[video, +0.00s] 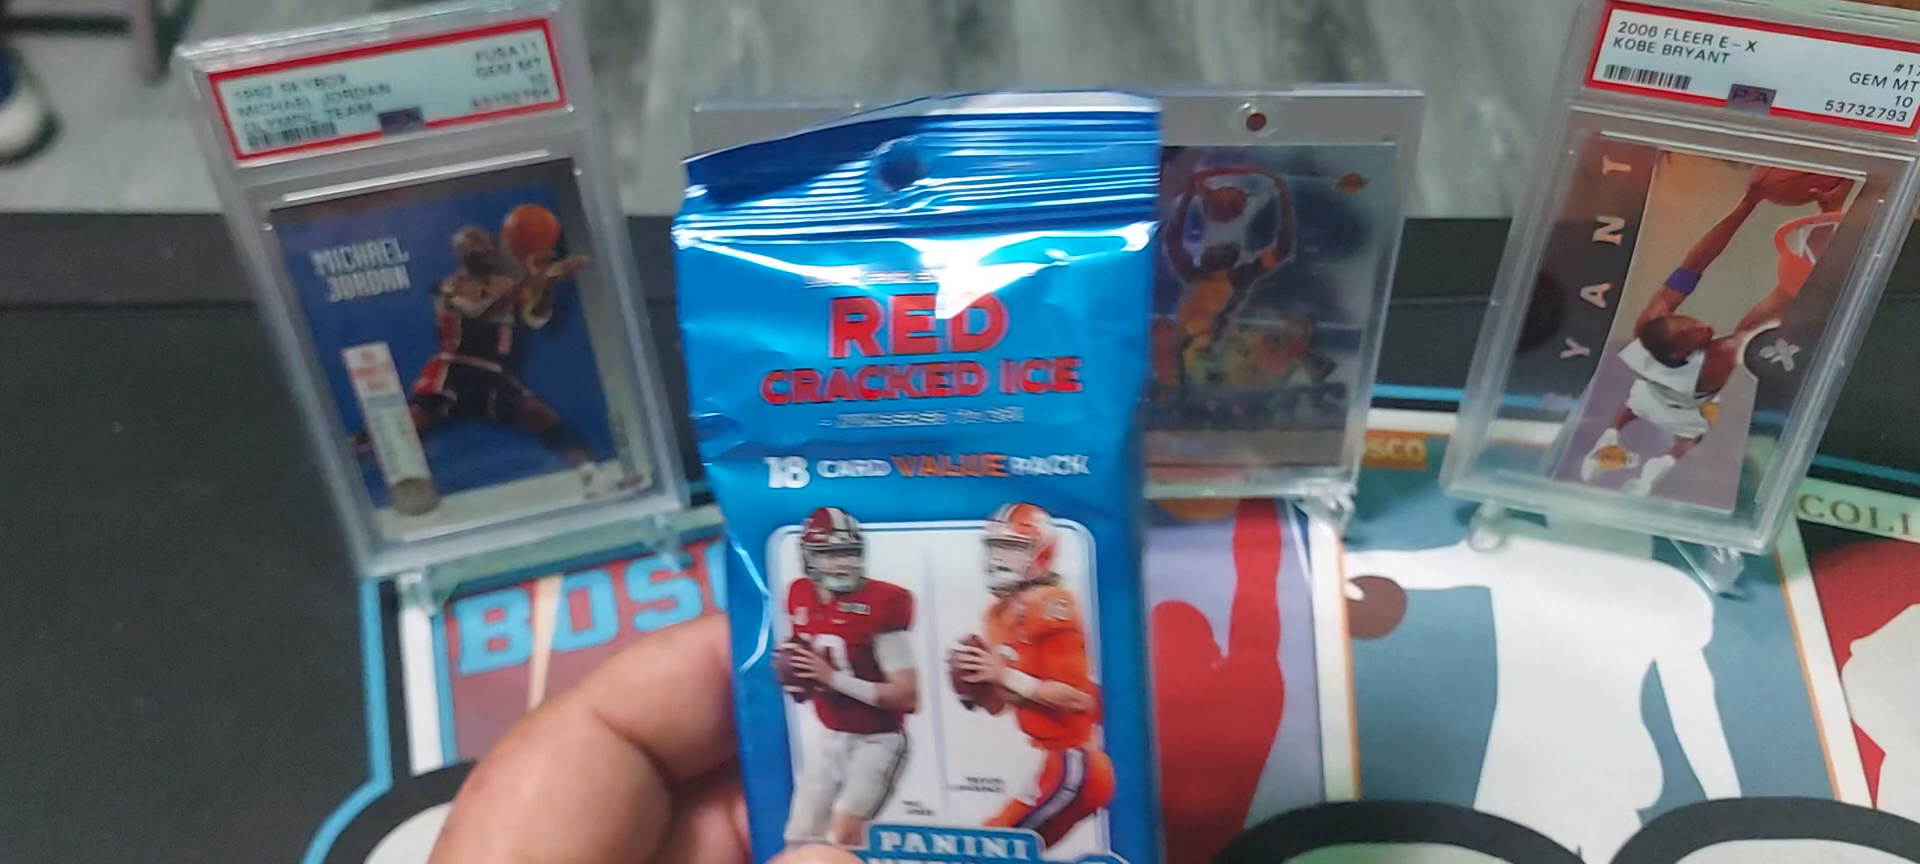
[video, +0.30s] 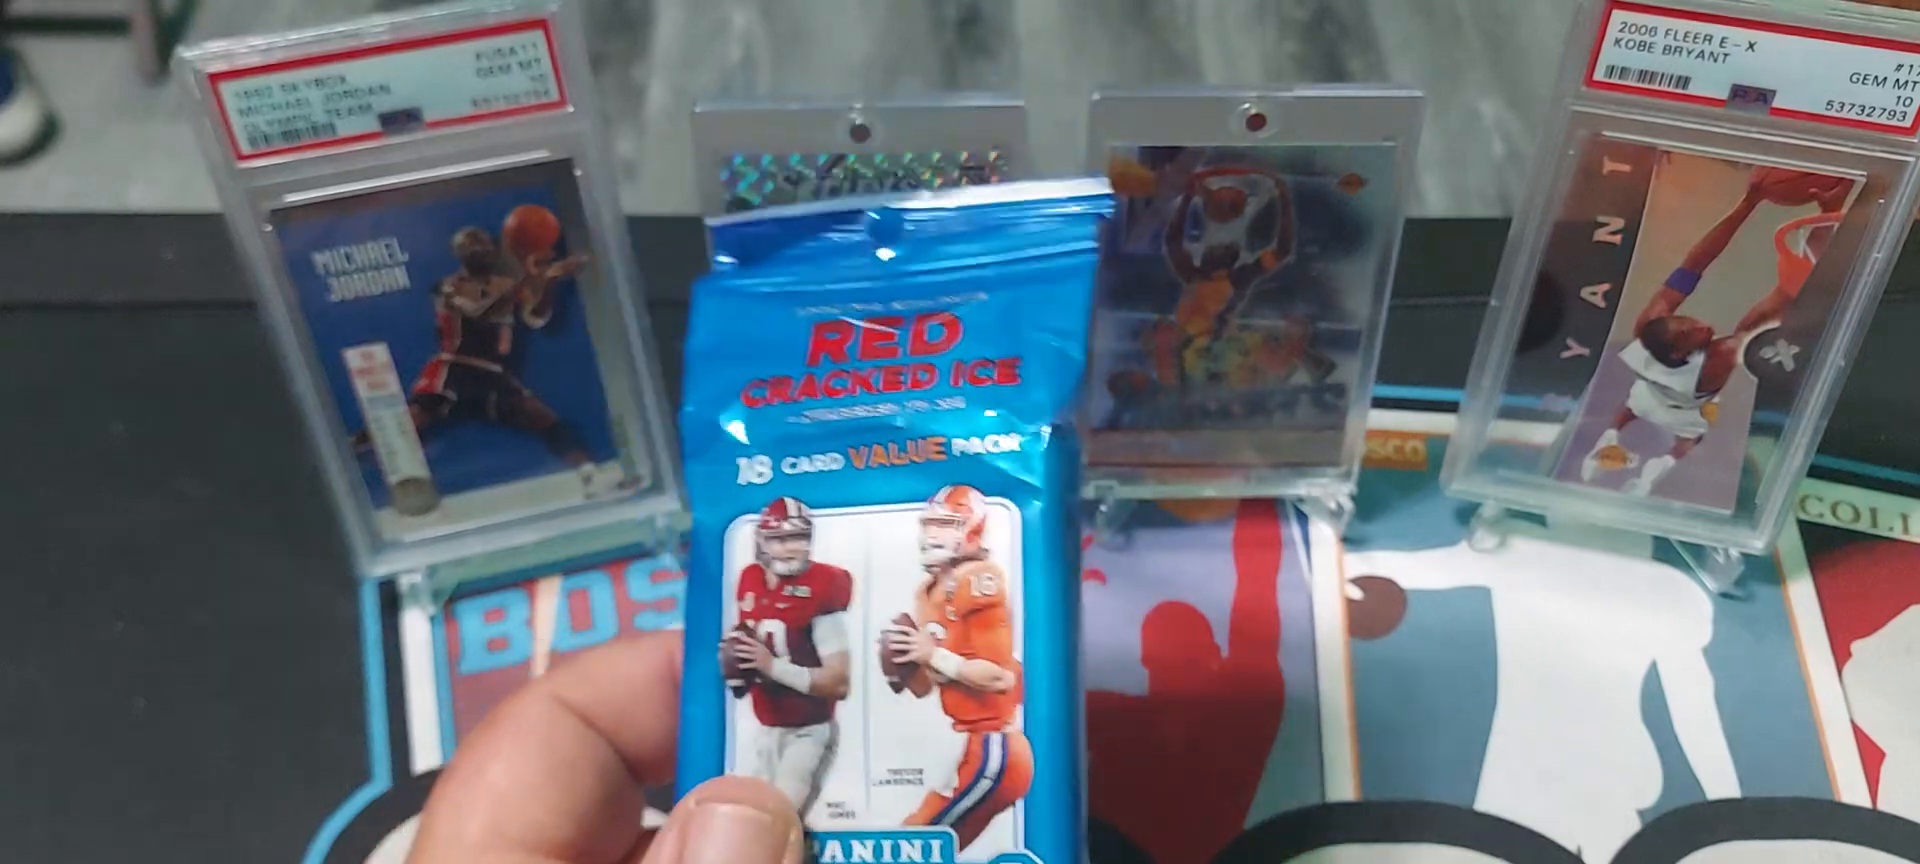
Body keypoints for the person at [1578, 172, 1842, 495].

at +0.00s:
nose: (1699, 325)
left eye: (1688, 322)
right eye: (1689, 331)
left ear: (1681, 312)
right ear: (1682, 353)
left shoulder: (1648, 325)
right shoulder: (1722, 355)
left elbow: (1694, 263)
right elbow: (1781, 300)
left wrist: (1749, 202)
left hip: (1647, 392)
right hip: (1682, 413)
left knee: (1631, 408)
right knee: (1694, 434)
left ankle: (1604, 443)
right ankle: (1654, 471)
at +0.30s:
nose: (1699, 325)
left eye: (1688, 321)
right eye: (1690, 331)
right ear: (1682, 352)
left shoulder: (1649, 324)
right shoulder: (1722, 356)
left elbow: (1694, 263)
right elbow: (1762, 318)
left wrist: (1749, 202)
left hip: (1646, 392)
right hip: (1683, 413)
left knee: (1631, 409)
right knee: (1694, 435)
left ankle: (1604, 443)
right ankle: (1654, 471)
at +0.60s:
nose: (1699, 324)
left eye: (1688, 321)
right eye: (1690, 330)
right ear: (1682, 353)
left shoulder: (1649, 324)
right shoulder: (1722, 356)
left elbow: (1694, 263)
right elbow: (1778, 304)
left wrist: (1748, 202)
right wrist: (1831, 215)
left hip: (1647, 390)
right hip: (1683, 412)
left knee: (1632, 408)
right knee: (1694, 435)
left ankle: (1602, 444)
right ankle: (1656, 469)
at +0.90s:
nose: (1698, 325)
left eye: (1688, 322)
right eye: (1689, 331)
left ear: (1680, 312)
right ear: (1681, 353)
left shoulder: (1649, 324)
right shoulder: (1722, 356)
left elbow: (1694, 263)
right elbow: (1759, 320)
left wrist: (1749, 202)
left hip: (1647, 391)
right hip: (1683, 412)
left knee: (1631, 409)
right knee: (1694, 434)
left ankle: (1603, 443)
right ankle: (1655, 470)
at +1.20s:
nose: (1699, 326)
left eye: (1688, 322)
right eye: (1690, 332)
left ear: (1681, 312)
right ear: (1682, 353)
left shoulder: (1649, 326)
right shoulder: (1722, 356)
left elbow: (1694, 264)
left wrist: (1748, 202)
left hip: (1647, 391)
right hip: (1682, 413)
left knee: (1632, 408)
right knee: (1695, 434)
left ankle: (1605, 440)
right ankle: (1657, 468)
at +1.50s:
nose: (1698, 325)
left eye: (1688, 322)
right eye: (1690, 332)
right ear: (1682, 353)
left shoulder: (1649, 325)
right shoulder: (1722, 356)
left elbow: (1694, 264)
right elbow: (1779, 302)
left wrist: (1748, 202)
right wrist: (1831, 216)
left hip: (1646, 391)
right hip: (1682, 413)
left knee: (1631, 409)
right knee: (1694, 435)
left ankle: (1605, 442)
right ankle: (1655, 470)